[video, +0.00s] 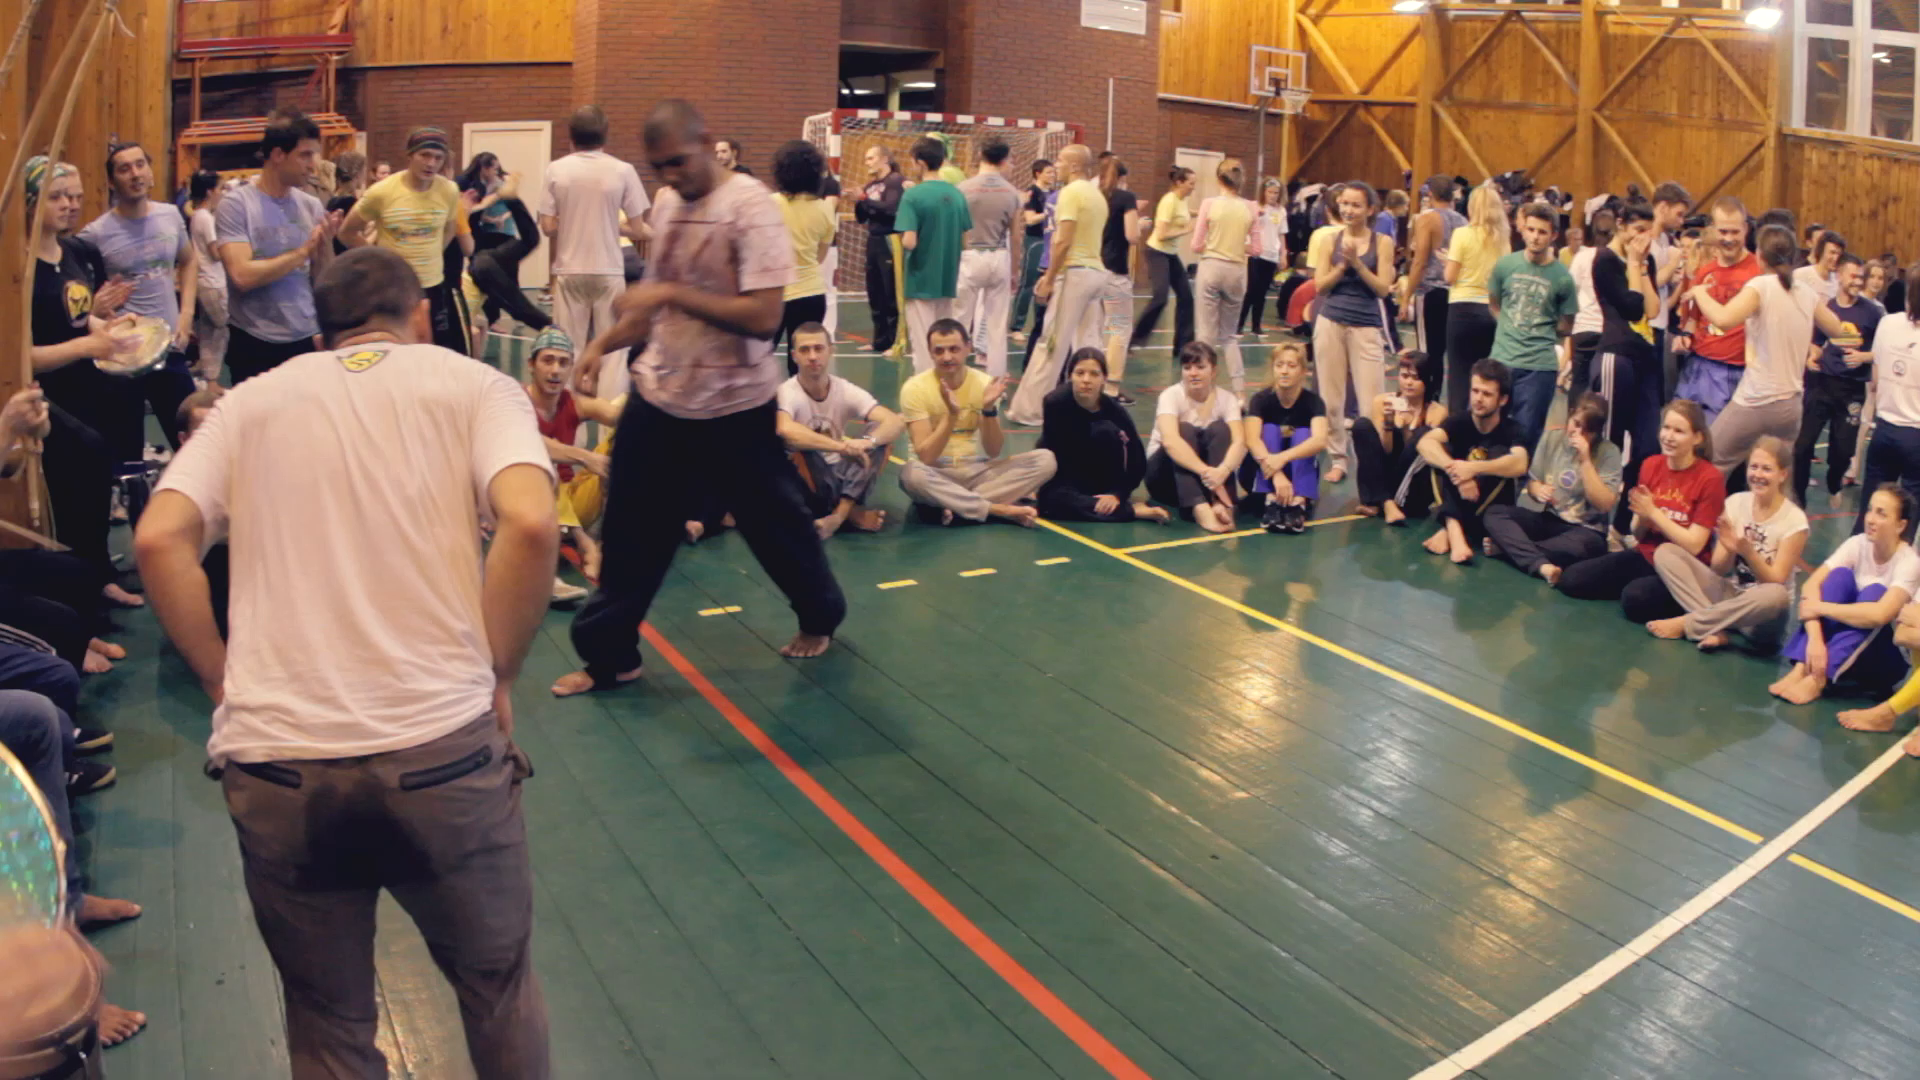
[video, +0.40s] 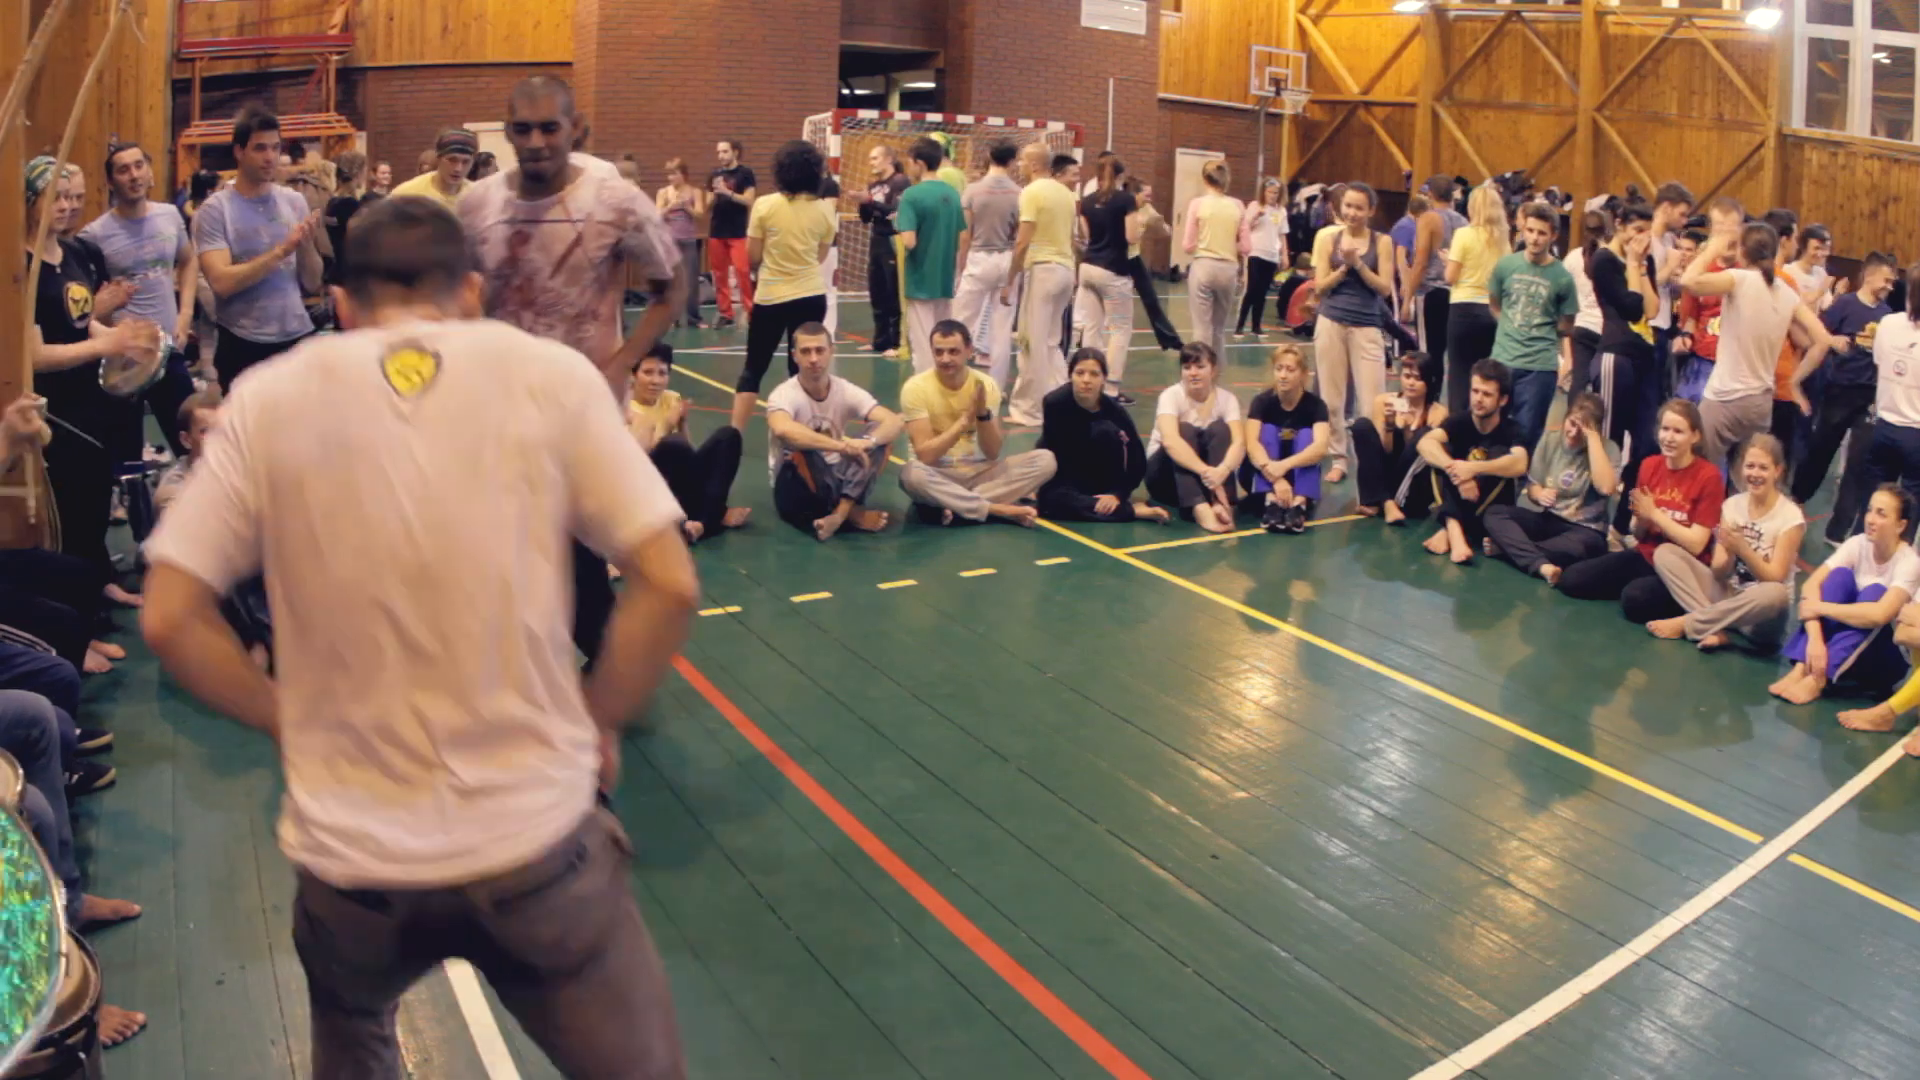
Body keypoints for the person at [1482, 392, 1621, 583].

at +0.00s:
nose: (1578, 433)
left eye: (1587, 430)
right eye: (1576, 424)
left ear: (1597, 431)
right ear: (1570, 415)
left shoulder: (1609, 453)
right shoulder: (1551, 438)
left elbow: (1605, 504)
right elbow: (1532, 481)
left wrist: (1585, 460)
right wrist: (1536, 489)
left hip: (1580, 528)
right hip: (1542, 516)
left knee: (1581, 546)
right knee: (1494, 513)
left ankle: (1509, 550)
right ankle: (1539, 566)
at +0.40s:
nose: (1573, 433)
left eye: (1581, 429)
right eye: (1572, 424)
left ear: (1594, 431)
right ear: (1565, 418)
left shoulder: (1608, 449)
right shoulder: (1550, 439)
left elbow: (1606, 488)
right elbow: (1532, 485)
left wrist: (1592, 437)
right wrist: (1539, 493)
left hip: (1579, 528)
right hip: (1540, 517)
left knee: (1589, 544)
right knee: (1494, 513)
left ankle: (1510, 550)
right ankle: (1539, 565)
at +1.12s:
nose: (1569, 417)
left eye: (1578, 412)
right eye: (1566, 409)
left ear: (1592, 417)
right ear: (1560, 411)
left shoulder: (1603, 451)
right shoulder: (1548, 440)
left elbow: (1608, 504)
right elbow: (1530, 488)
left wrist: (1611, 454)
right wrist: (1536, 493)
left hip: (1578, 528)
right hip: (1541, 518)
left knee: (1576, 548)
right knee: (1494, 514)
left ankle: (1508, 549)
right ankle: (1539, 566)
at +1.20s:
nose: (1568, 418)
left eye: (1576, 412)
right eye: (1565, 410)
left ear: (1591, 417)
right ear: (1559, 412)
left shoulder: (1605, 454)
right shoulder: (1548, 440)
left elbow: (1608, 508)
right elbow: (1530, 487)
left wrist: (1608, 467)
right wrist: (1536, 493)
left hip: (1580, 529)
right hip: (1542, 518)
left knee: (1575, 549)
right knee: (1494, 514)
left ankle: (1509, 549)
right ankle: (1539, 565)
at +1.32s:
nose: (1568, 420)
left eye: (1576, 415)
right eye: (1564, 412)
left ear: (1591, 419)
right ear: (1559, 413)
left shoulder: (1608, 456)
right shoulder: (1548, 442)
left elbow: (1615, 511)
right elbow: (1530, 489)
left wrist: (1597, 490)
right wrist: (1534, 494)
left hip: (1582, 529)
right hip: (1544, 518)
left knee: (1574, 549)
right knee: (1494, 514)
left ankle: (1509, 549)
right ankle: (1539, 566)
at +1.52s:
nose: (1571, 420)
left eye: (1579, 415)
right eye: (1567, 412)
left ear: (1593, 418)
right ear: (1561, 414)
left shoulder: (1611, 457)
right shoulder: (1549, 442)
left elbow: (1616, 508)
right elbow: (1535, 500)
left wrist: (1598, 507)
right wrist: (1533, 488)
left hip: (1582, 529)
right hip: (1545, 518)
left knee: (1575, 548)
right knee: (1494, 514)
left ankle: (1509, 549)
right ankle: (1539, 566)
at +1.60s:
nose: (1572, 420)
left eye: (1580, 415)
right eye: (1568, 413)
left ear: (1593, 418)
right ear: (1561, 414)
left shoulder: (1610, 457)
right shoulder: (1549, 441)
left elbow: (1613, 509)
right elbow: (1531, 493)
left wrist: (1587, 504)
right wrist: (1544, 493)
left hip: (1583, 530)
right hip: (1546, 519)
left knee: (1573, 549)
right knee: (1494, 514)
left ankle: (1509, 549)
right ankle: (1539, 566)